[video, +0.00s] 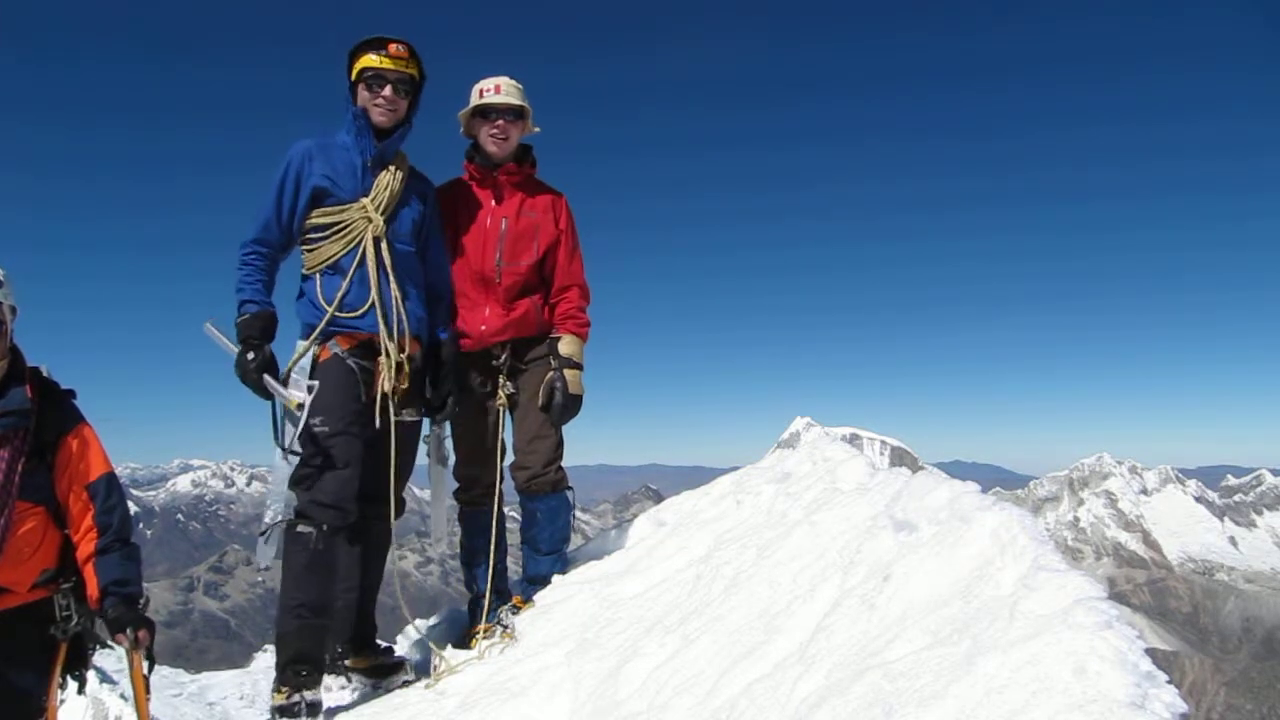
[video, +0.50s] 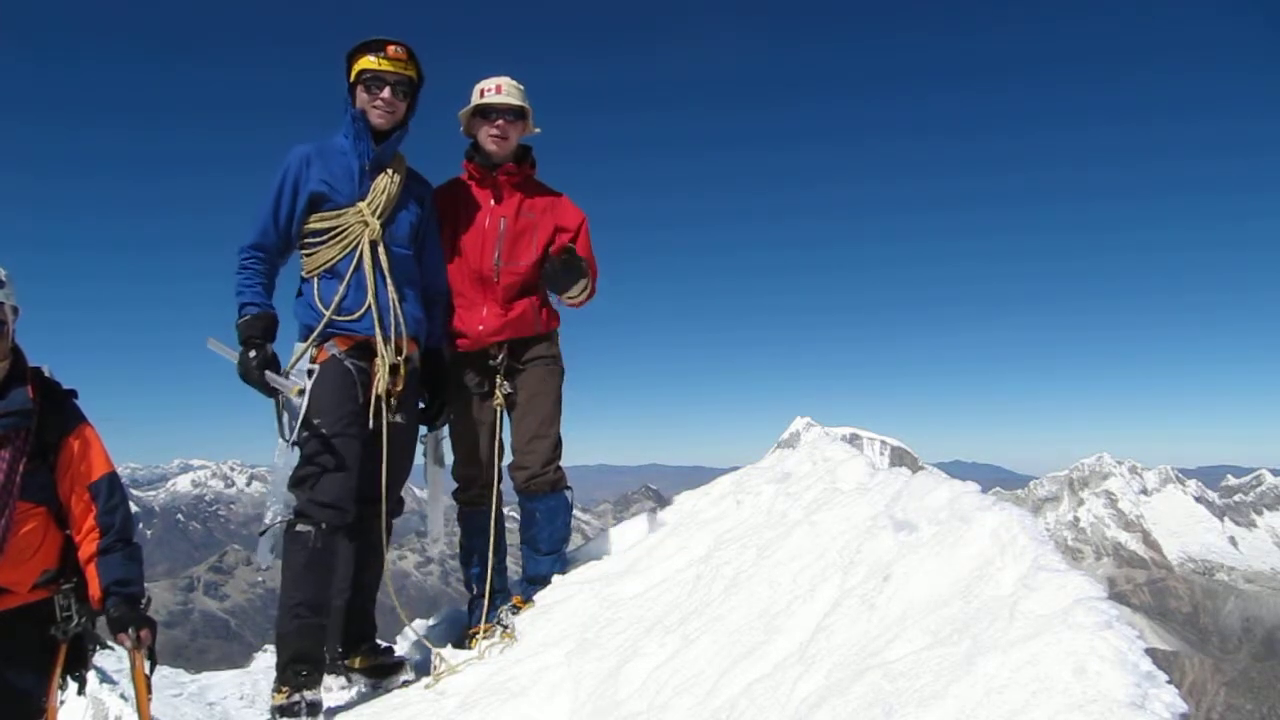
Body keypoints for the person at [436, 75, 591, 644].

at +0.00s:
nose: (499, 125)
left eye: (510, 117)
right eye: (489, 116)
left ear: (525, 127)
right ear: (471, 126)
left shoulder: (549, 204)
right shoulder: (446, 202)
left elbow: (569, 290)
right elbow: (428, 282)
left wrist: (570, 360)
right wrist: (433, 357)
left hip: (534, 353)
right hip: (466, 358)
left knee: (538, 469)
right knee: (476, 481)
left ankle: (541, 591)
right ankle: (485, 604)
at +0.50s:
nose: (498, 126)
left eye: (509, 117)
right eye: (488, 117)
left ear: (525, 128)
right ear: (471, 126)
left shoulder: (554, 208)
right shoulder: (443, 203)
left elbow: (582, 286)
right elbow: (422, 280)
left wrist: (569, 279)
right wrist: (426, 365)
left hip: (533, 351)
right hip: (463, 355)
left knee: (536, 468)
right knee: (474, 479)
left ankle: (541, 589)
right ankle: (485, 604)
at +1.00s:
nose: (495, 125)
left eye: (505, 116)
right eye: (484, 116)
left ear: (522, 126)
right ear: (467, 126)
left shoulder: (548, 204)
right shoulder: (443, 203)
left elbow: (569, 288)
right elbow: (424, 281)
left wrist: (561, 354)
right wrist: (428, 363)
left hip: (531, 352)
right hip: (463, 358)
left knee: (538, 471)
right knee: (476, 480)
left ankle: (542, 589)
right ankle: (485, 601)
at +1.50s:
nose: (494, 125)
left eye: (505, 116)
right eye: (484, 116)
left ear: (522, 126)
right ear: (467, 126)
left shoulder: (548, 202)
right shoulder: (443, 203)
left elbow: (569, 288)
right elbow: (425, 284)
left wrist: (567, 359)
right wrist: (427, 367)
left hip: (532, 353)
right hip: (464, 359)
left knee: (539, 470)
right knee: (478, 480)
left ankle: (541, 591)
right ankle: (484, 605)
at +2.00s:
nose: (492, 125)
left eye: (502, 115)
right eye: (481, 116)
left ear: (519, 125)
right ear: (464, 127)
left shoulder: (545, 202)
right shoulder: (438, 203)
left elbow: (566, 287)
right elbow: (422, 287)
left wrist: (565, 357)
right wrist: (426, 364)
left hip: (530, 351)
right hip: (462, 357)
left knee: (538, 472)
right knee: (476, 480)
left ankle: (541, 589)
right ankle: (486, 604)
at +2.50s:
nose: (485, 126)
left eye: (495, 117)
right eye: (474, 117)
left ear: (512, 126)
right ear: (458, 127)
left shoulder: (540, 202)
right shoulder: (437, 203)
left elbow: (563, 285)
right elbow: (419, 288)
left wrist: (560, 355)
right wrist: (423, 366)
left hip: (527, 348)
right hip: (459, 354)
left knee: (537, 456)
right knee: (475, 473)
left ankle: (541, 586)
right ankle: (484, 602)